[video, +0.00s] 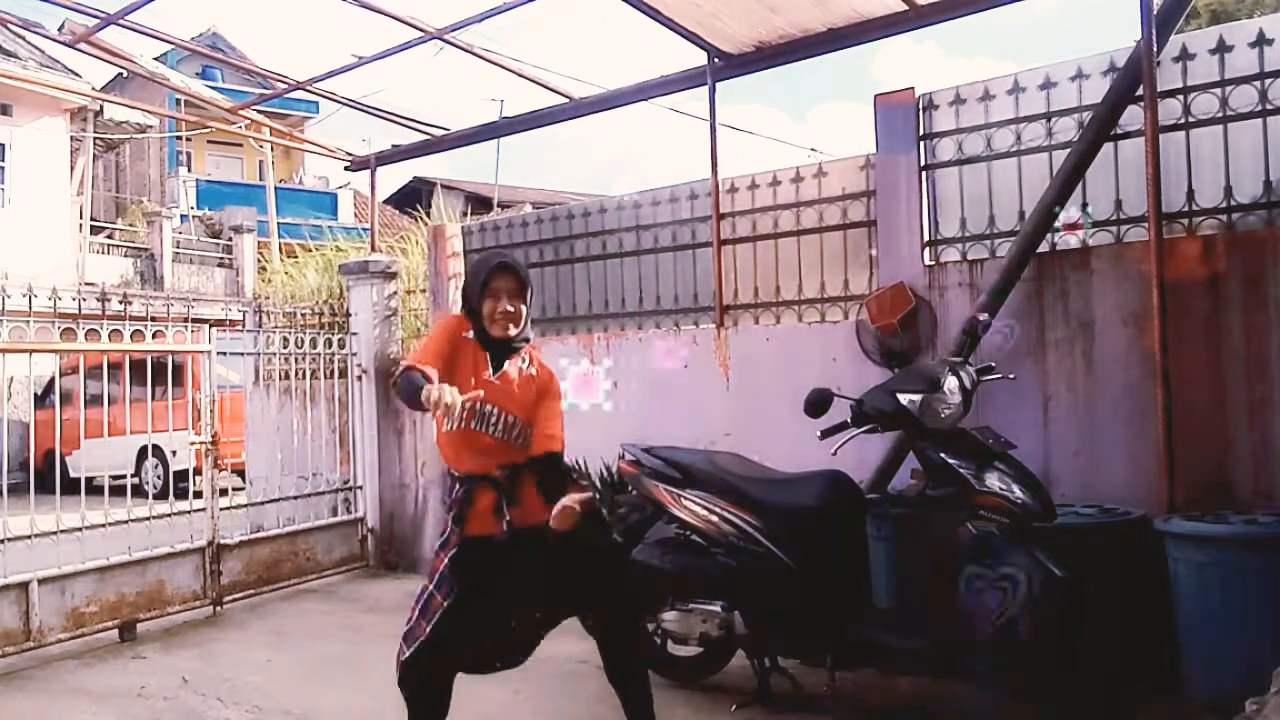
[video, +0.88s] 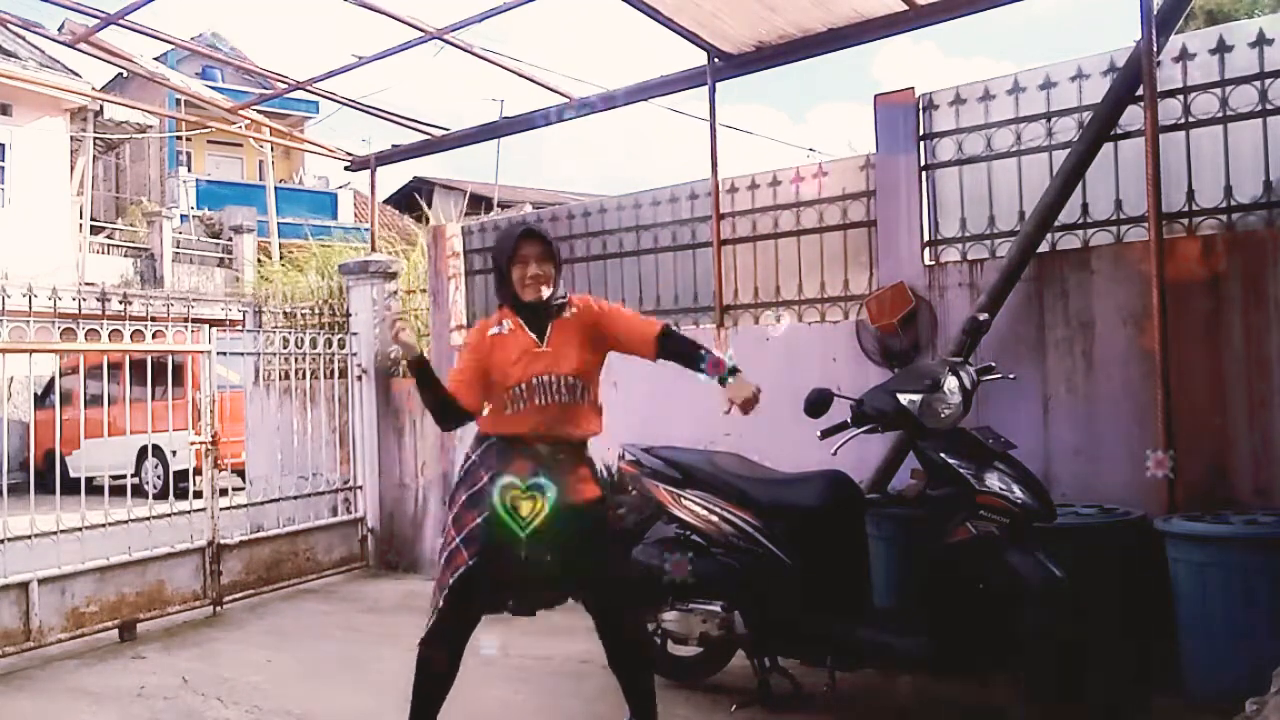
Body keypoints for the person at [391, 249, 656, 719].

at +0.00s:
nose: (507, 307)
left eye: (516, 297)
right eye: (495, 296)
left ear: (527, 305)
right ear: (473, 301)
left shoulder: (541, 376)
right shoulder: (453, 331)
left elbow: (547, 459)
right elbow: (406, 380)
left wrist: (565, 499)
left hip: (542, 527)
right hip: (477, 533)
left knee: (617, 617)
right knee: (419, 662)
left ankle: (642, 714)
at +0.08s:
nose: (507, 304)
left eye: (516, 295)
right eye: (495, 294)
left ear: (527, 303)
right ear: (474, 301)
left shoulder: (544, 371)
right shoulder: (452, 336)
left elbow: (559, 456)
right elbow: (420, 387)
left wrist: (578, 438)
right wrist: (403, 437)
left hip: (560, 517)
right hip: (482, 525)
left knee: (617, 622)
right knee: (436, 647)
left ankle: (642, 714)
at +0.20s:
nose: (523, 267)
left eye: (533, 256)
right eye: (511, 257)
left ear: (546, 264)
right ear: (491, 264)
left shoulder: (570, 321)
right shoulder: (464, 322)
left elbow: (621, 384)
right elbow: (429, 402)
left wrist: (628, 323)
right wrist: (394, 473)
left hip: (571, 488)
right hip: (492, 494)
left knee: (618, 611)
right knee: (452, 620)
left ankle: (649, 711)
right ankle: (422, 716)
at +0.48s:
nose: (559, 280)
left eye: (566, 270)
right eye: (546, 271)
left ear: (578, 278)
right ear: (527, 281)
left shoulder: (604, 343)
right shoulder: (504, 339)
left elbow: (649, 410)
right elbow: (461, 408)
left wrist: (664, 342)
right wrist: (433, 465)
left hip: (597, 506)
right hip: (519, 507)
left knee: (633, 627)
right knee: (467, 628)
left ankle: (645, 716)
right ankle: (427, 717)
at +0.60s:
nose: (560, 264)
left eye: (569, 254)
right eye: (547, 256)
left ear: (582, 260)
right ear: (532, 265)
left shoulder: (615, 315)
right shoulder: (514, 326)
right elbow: (483, 418)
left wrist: (658, 263)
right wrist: (439, 494)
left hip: (593, 489)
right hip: (516, 491)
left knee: (629, 618)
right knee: (461, 616)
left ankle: (645, 714)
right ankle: (422, 714)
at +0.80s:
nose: (547, 292)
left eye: (554, 281)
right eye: (534, 285)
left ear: (568, 287)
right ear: (518, 296)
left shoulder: (601, 329)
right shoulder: (503, 367)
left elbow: (667, 313)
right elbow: (483, 453)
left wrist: (710, 315)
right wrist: (429, 426)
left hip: (590, 519)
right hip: (522, 522)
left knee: (629, 635)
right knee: (457, 627)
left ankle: (643, 717)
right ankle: (428, 716)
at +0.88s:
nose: (531, 272)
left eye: (541, 262)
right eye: (520, 263)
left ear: (555, 267)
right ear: (505, 272)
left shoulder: (588, 316)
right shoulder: (486, 335)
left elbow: (661, 339)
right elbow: (450, 415)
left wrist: (729, 375)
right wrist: (415, 358)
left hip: (571, 477)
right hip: (497, 478)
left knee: (616, 610)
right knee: (456, 609)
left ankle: (644, 714)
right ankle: (420, 717)